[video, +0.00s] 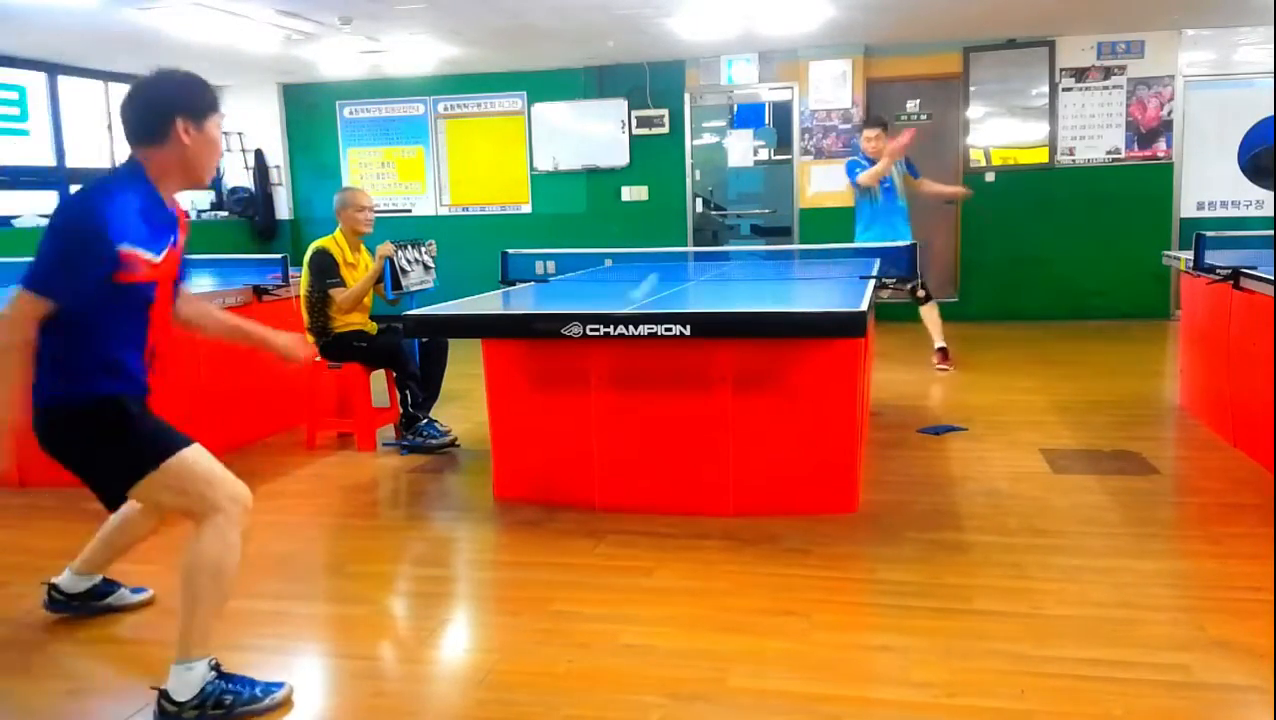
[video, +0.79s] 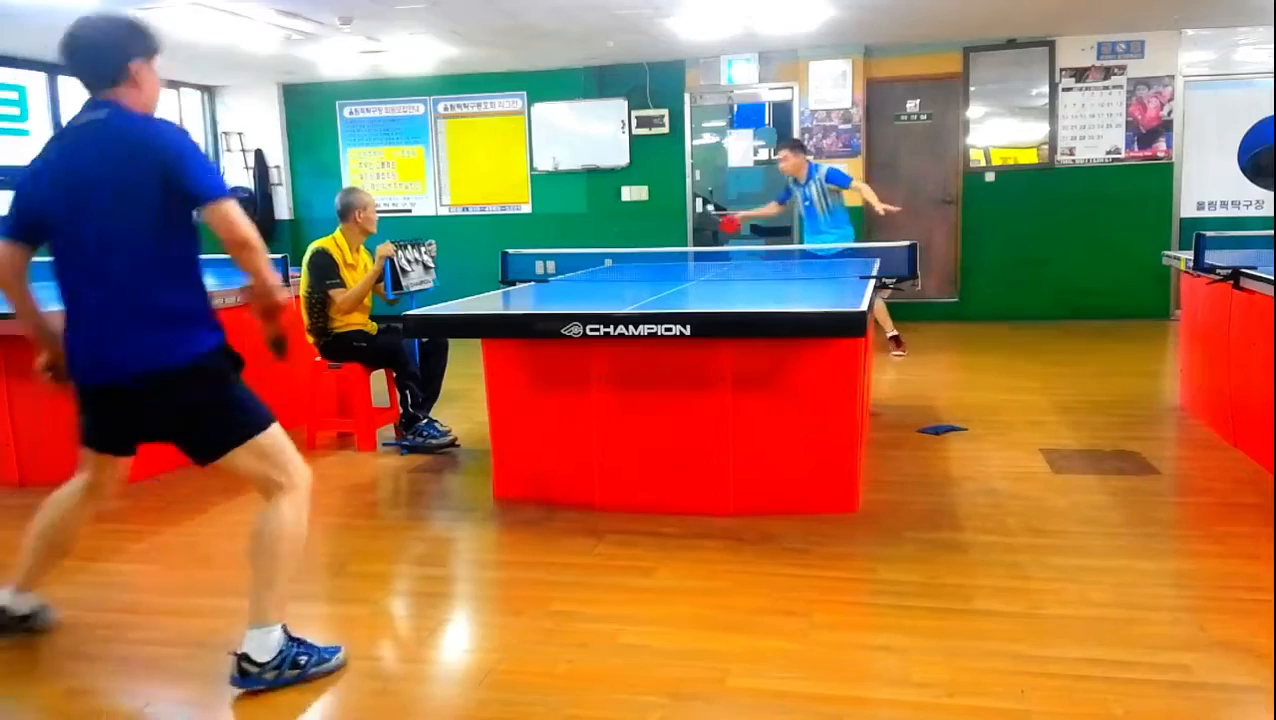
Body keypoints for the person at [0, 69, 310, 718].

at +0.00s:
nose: (221, 145)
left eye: (220, 131)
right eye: (216, 130)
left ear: (175, 134)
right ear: (181, 132)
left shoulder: (169, 218)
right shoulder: (96, 208)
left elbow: (181, 306)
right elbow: (19, 317)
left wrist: (269, 337)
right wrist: (10, 431)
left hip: (115, 402)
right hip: (82, 407)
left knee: (167, 495)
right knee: (227, 502)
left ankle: (74, 584)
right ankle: (191, 680)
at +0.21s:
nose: (197, 118)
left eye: (197, 103)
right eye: (190, 103)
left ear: (148, 109)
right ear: (146, 106)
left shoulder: (159, 196)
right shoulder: (54, 188)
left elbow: (172, 288)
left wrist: (248, 313)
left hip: (110, 380)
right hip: (81, 385)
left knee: (169, 493)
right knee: (219, 498)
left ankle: (77, 581)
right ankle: (189, 682)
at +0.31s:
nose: (155, 80)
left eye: (155, 66)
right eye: (145, 64)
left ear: (98, 71)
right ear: (98, 65)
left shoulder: (84, 133)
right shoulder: (80, 122)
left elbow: (90, 252)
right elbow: (110, 183)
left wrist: (158, 303)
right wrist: (218, 181)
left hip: (69, 343)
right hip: (98, 341)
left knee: (135, 441)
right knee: (206, 493)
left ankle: (90, 556)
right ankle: (146, 661)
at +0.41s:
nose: (124, 62)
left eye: (121, 50)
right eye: (115, 51)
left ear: (59, 62)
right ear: (75, 58)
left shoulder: (19, 133)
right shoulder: (96, 104)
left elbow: (7, 252)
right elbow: (208, 84)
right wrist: (263, 79)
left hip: (51, 345)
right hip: (112, 337)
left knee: (119, 429)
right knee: (216, 490)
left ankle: (54, 552)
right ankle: (110, 631)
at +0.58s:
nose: (108, 121)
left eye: (103, 109)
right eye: (102, 109)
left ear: (32, 126)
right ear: (77, 116)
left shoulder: (6, 197)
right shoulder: (129, 183)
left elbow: (8, 307)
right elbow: (173, 278)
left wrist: (5, 394)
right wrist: (96, 278)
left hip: (45, 400)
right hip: (134, 394)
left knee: (42, 491)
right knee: (256, 501)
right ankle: (262, 642)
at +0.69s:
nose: (121, 114)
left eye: (118, 101)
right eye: (116, 102)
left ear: (45, 114)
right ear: (93, 107)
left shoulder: (12, 192)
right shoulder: (145, 178)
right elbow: (212, 277)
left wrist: (10, 378)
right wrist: (184, 310)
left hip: (69, 396)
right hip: (153, 388)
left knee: (46, 493)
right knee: (272, 493)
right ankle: (260, 645)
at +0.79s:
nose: (158, 80)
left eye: (154, 67)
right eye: (154, 67)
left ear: (89, 78)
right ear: (133, 72)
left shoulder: (50, 160)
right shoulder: (162, 141)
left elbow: (10, 262)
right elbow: (234, 229)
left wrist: (44, 337)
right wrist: (269, 295)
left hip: (99, 367)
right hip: (181, 362)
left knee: (92, 479)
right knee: (288, 481)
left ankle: (15, 598)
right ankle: (265, 644)